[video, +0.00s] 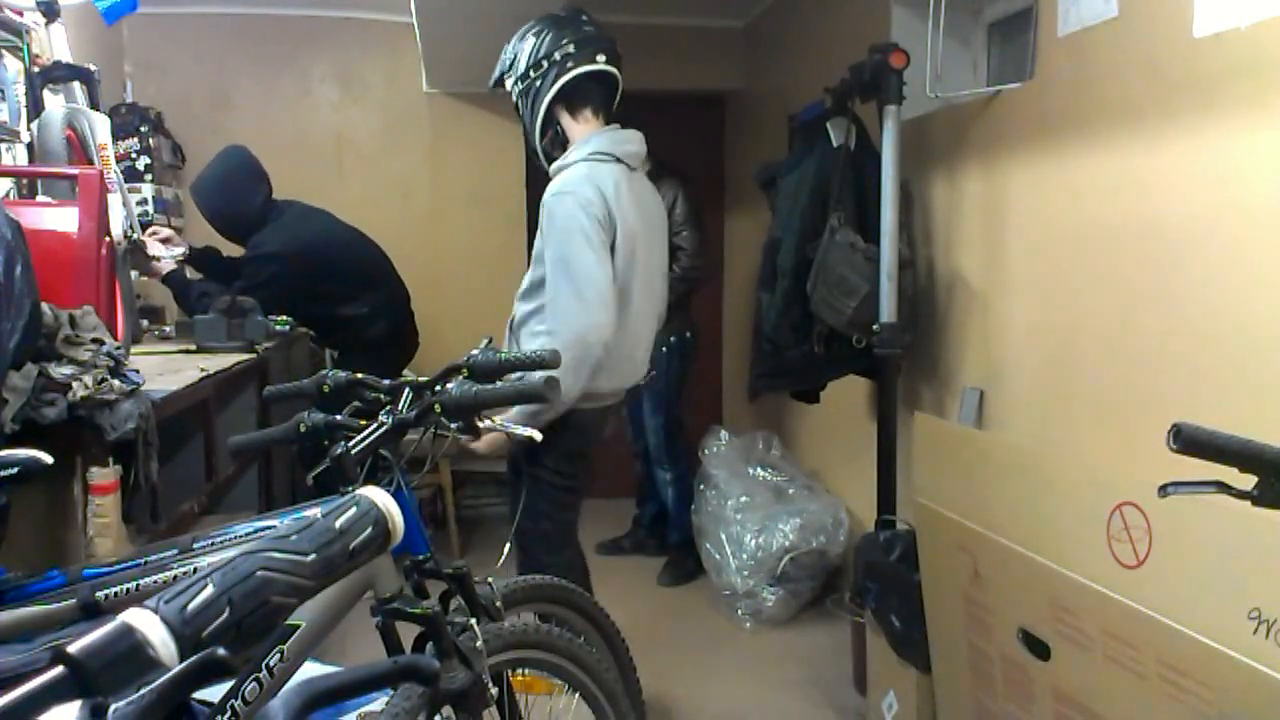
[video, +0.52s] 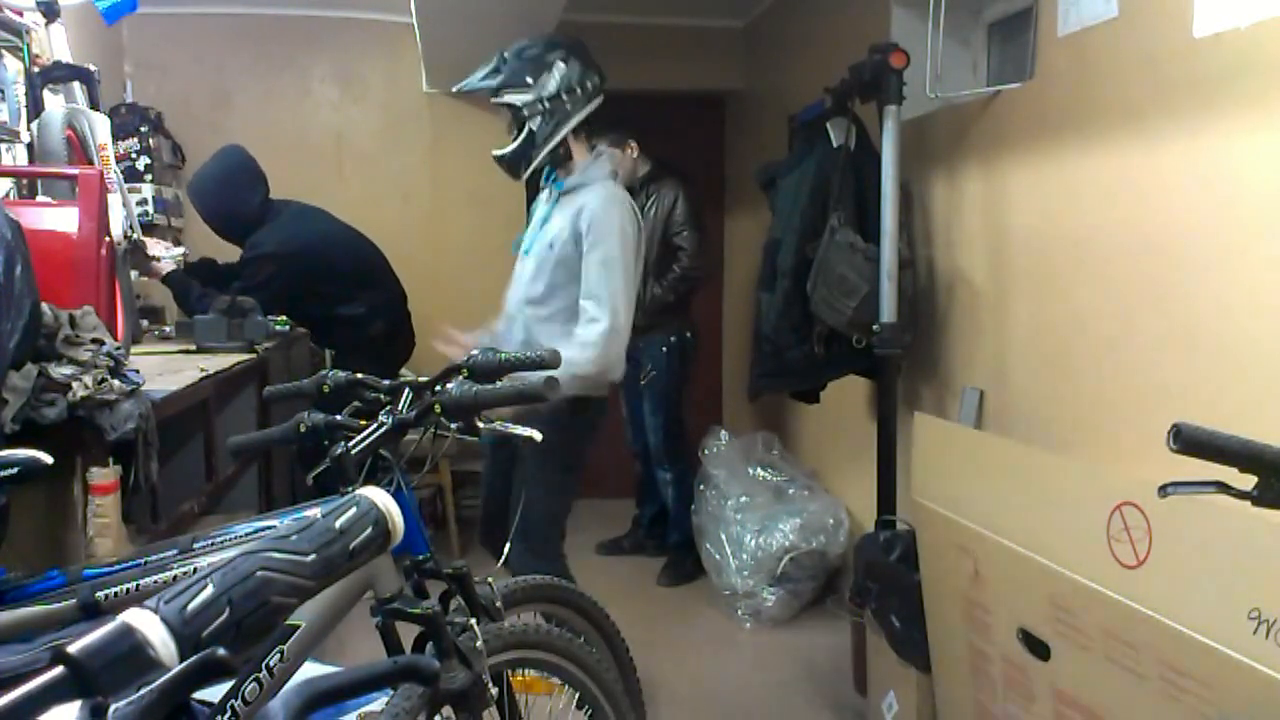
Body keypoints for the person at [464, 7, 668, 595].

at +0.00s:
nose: (521, 117)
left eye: (524, 101)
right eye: (519, 101)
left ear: (548, 98)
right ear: (606, 95)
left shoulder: (573, 191)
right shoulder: (643, 189)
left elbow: (578, 327)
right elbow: (649, 306)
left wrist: (512, 424)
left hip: (566, 408)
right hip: (601, 401)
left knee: (543, 547)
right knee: (553, 540)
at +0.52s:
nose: (509, 134)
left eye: (518, 117)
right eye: (510, 117)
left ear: (555, 116)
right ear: (557, 118)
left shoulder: (605, 204)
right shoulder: (553, 197)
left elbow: (603, 351)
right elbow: (525, 313)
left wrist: (509, 373)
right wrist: (479, 342)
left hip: (562, 402)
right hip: (515, 395)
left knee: (531, 551)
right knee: (500, 537)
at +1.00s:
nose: (528, 132)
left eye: (544, 118)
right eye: (518, 119)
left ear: (580, 122)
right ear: (506, 123)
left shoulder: (618, 204)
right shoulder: (506, 213)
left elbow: (655, 293)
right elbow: (461, 302)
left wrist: (635, 334)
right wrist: (401, 344)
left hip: (605, 393)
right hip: (536, 397)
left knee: (589, 535)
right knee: (519, 544)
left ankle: (633, 687)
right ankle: (578, 651)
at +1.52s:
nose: (555, 128)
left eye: (572, 114)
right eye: (549, 115)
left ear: (615, 122)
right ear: (540, 120)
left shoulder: (650, 211)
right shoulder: (543, 216)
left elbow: (674, 322)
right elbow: (488, 310)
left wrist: (639, 357)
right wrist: (428, 347)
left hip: (621, 420)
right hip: (555, 421)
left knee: (600, 573)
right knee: (526, 565)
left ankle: (655, 706)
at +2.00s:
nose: (558, 118)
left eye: (569, 103)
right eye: (557, 103)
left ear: (613, 109)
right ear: (595, 113)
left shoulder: (666, 212)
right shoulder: (570, 199)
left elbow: (675, 348)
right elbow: (537, 310)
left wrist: (619, 430)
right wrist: (475, 372)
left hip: (587, 421)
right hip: (519, 405)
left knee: (579, 580)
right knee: (462, 557)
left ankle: (651, 705)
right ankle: (456, 692)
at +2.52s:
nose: (440, 108)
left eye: (448, 91)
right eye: (440, 92)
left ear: (487, 91)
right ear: (491, 93)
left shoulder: (534, 195)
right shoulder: (485, 188)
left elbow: (545, 338)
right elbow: (461, 307)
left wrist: (476, 421)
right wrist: (413, 394)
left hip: (464, 424)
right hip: (426, 413)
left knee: (480, 583)